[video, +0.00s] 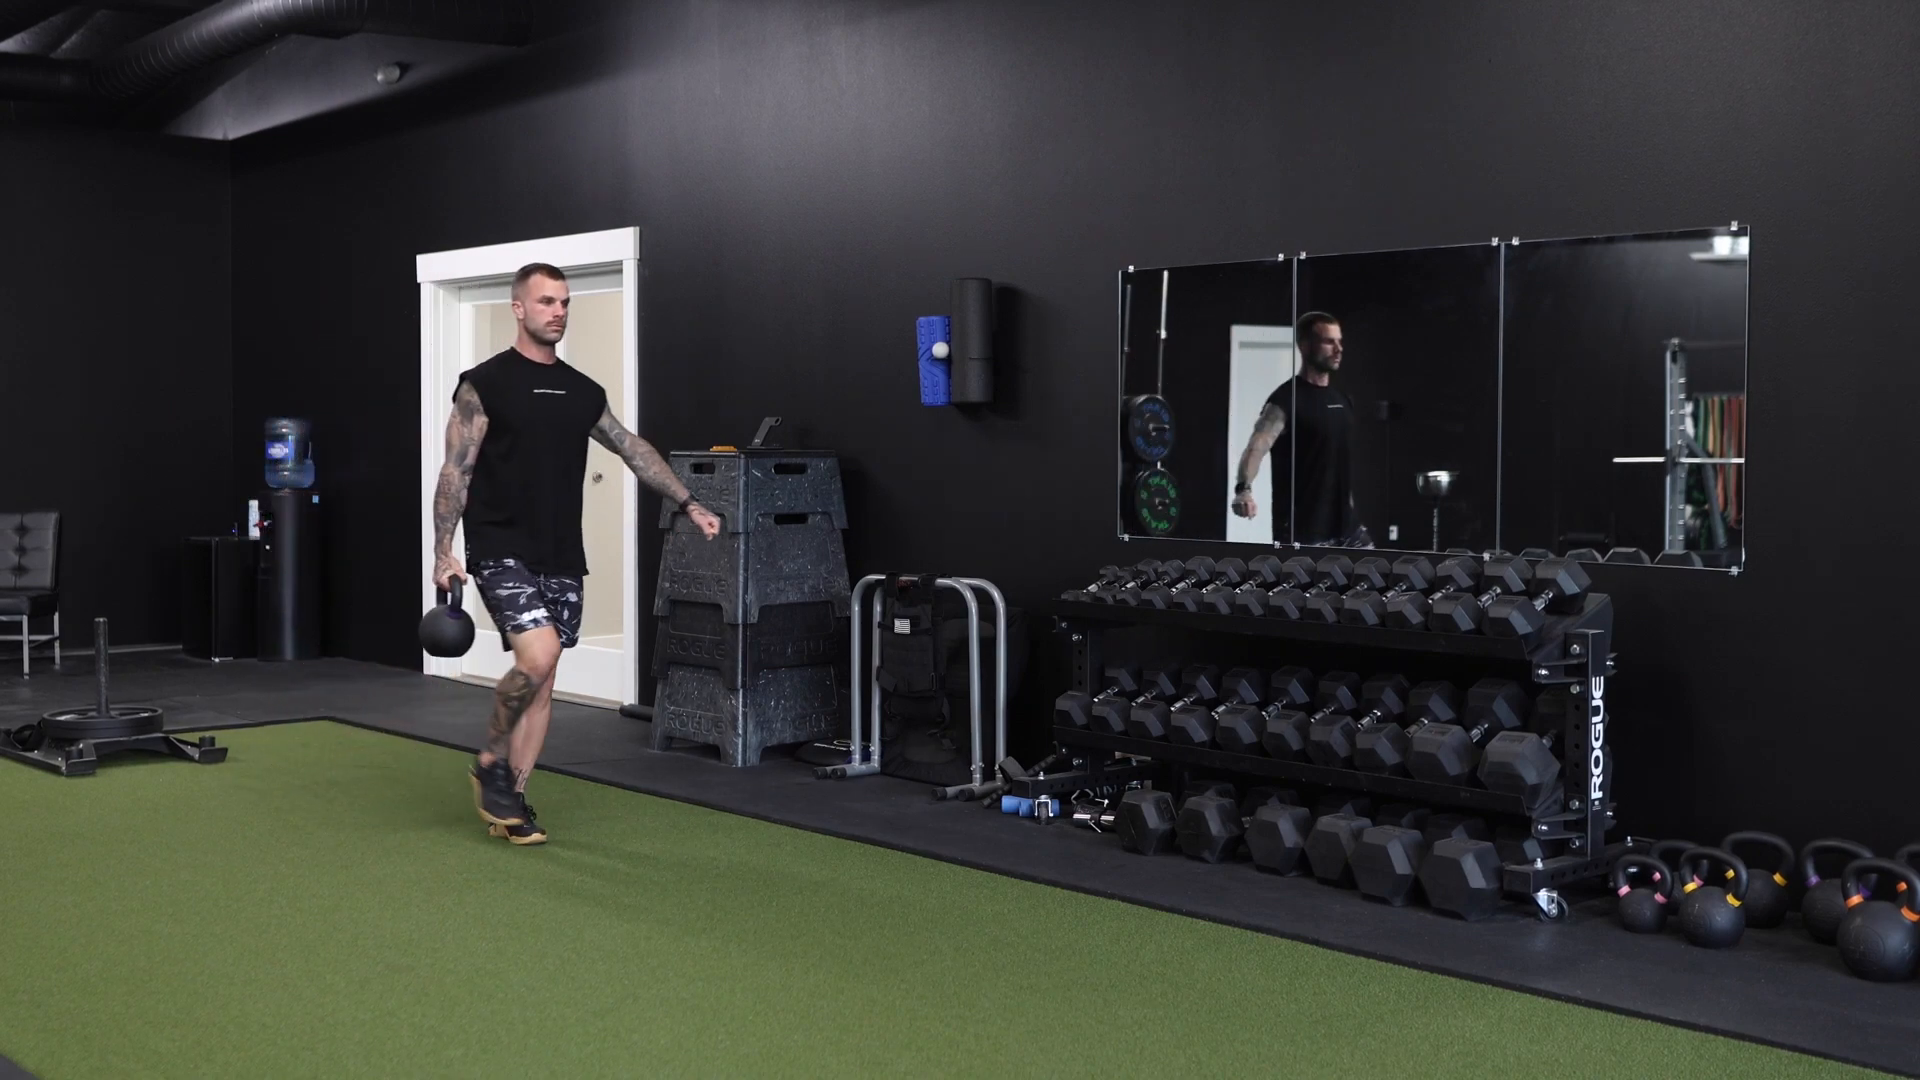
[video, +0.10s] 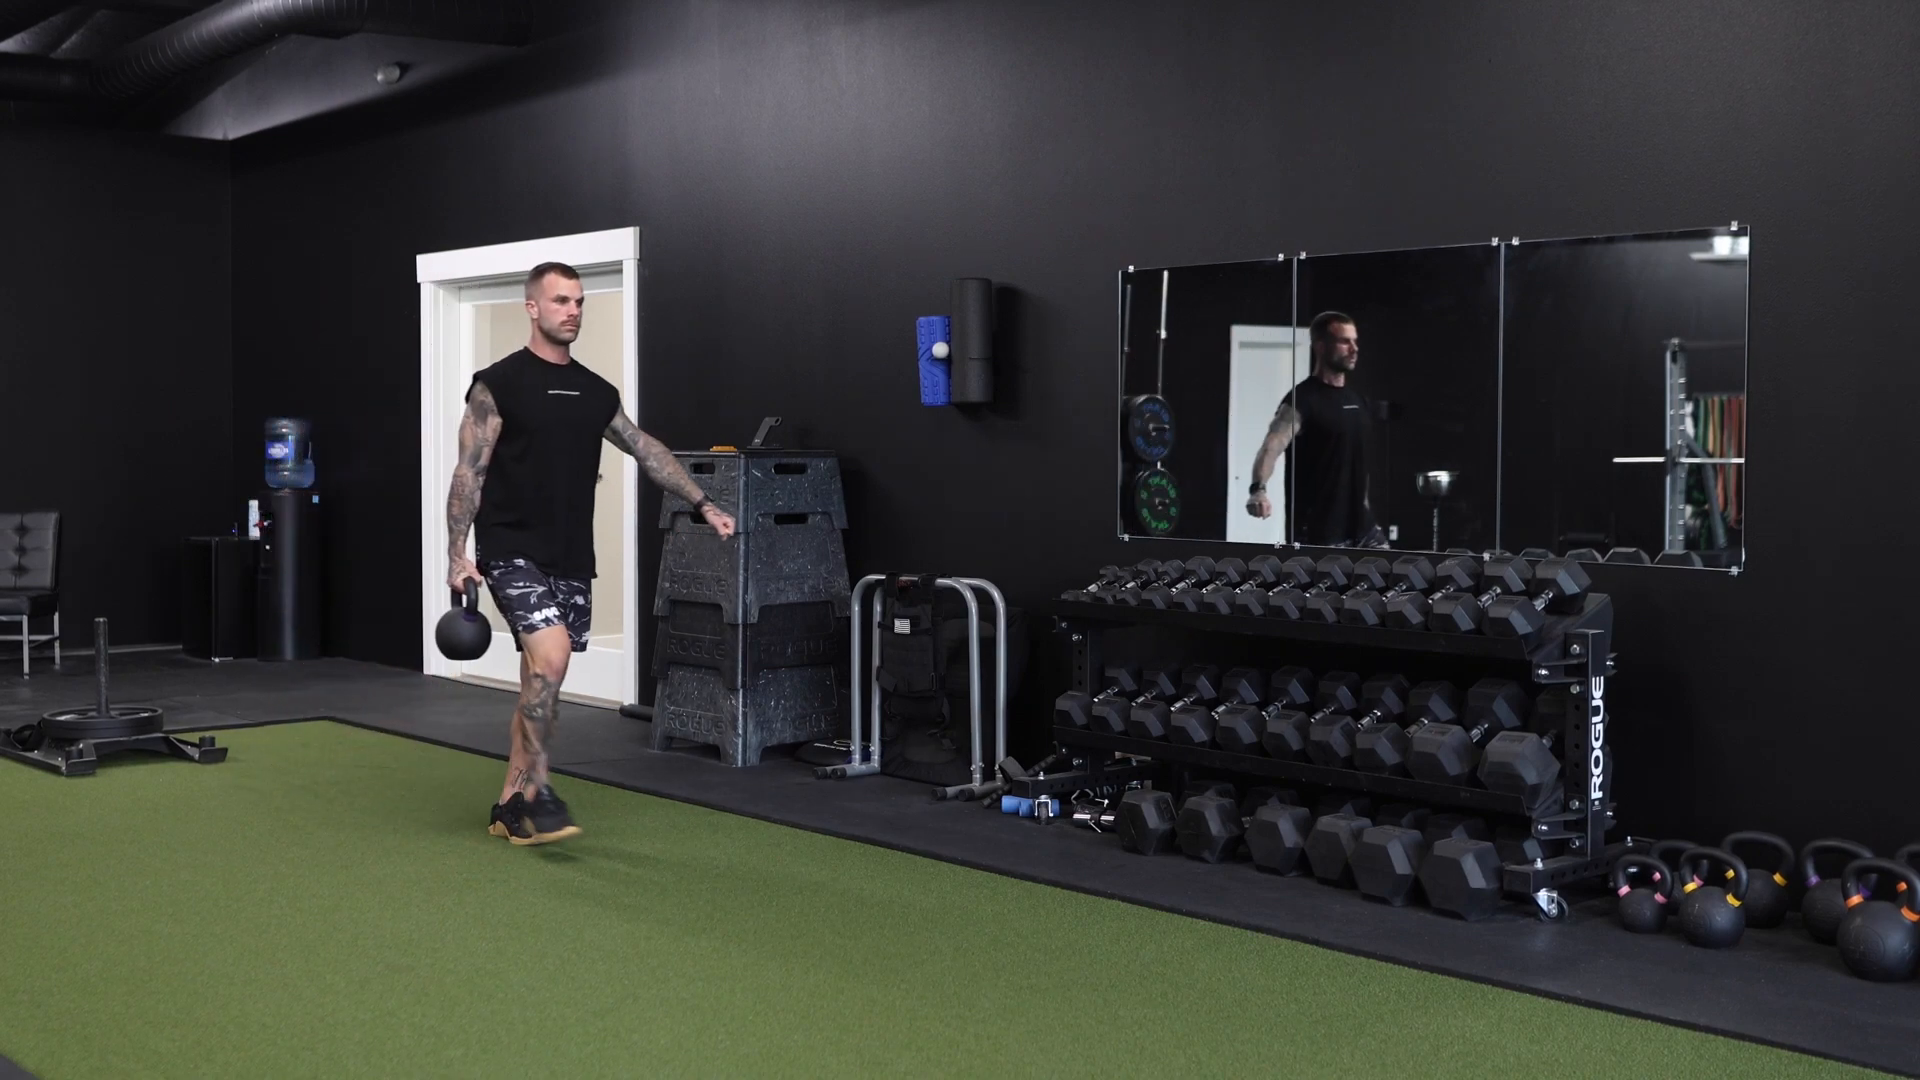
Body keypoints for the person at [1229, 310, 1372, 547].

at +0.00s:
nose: (1338, 349)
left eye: (1340, 342)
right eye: (1329, 342)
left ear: (1342, 344)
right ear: (1304, 345)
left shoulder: (1340, 400)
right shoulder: (1286, 398)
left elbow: (1339, 463)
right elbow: (1257, 447)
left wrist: (1349, 516)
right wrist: (1243, 488)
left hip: (1343, 527)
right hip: (1300, 531)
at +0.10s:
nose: (1354, 349)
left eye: (1355, 342)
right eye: (1344, 342)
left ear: (1357, 344)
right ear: (1319, 346)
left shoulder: (1356, 401)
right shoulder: (1302, 398)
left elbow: (1356, 464)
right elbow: (1272, 446)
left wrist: (1365, 516)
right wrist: (1258, 488)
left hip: (1360, 527)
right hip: (1315, 532)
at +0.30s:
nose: (1391, 349)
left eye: (1392, 342)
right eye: (1381, 342)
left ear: (1395, 345)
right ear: (1356, 347)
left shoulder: (1394, 401)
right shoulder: (1339, 402)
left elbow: (1392, 467)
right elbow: (1305, 448)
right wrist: (1287, 488)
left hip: (1394, 531)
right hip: (1349, 533)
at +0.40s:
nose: (1412, 348)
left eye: (1414, 340)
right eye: (1402, 340)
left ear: (1416, 343)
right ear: (1377, 344)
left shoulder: (1416, 400)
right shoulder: (1358, 400)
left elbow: (1408, 465)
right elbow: (1326, 444)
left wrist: (1431, 484)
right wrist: (1306, 486)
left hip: (1416, 531)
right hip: (1371, 532)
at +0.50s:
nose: (1431, 345)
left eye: (1433, 338)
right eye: (1421, 338)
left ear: (1435, 340)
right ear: (1395, 342)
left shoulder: (1436, 399)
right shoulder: (1376, 399)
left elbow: (1432, 465)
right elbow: (1343, 444)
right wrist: (1325, 486)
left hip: (1435, 532)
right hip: (1393, 533)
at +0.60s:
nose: (1448, 343)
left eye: (1449, 336)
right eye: (1439, 336)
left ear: (1452, 338)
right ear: (1412, 340)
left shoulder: (1451, 397)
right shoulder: (1394, 397)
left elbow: (1451, 467)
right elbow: (1361, 442)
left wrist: (1460, 522)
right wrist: (1343, 486)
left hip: (1448, 532)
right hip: (1408, 531)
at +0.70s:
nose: (1466, 343)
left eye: (1467, 336)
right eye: (1456, 336)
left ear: (1470, 338)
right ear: (1429, 339)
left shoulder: (1468, 395)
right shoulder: (1412, 396)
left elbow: (1472, 463)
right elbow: (1378, 443)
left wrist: (1479, 516)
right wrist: (1362, 486)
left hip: (1463, 528)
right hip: (1423, 529)